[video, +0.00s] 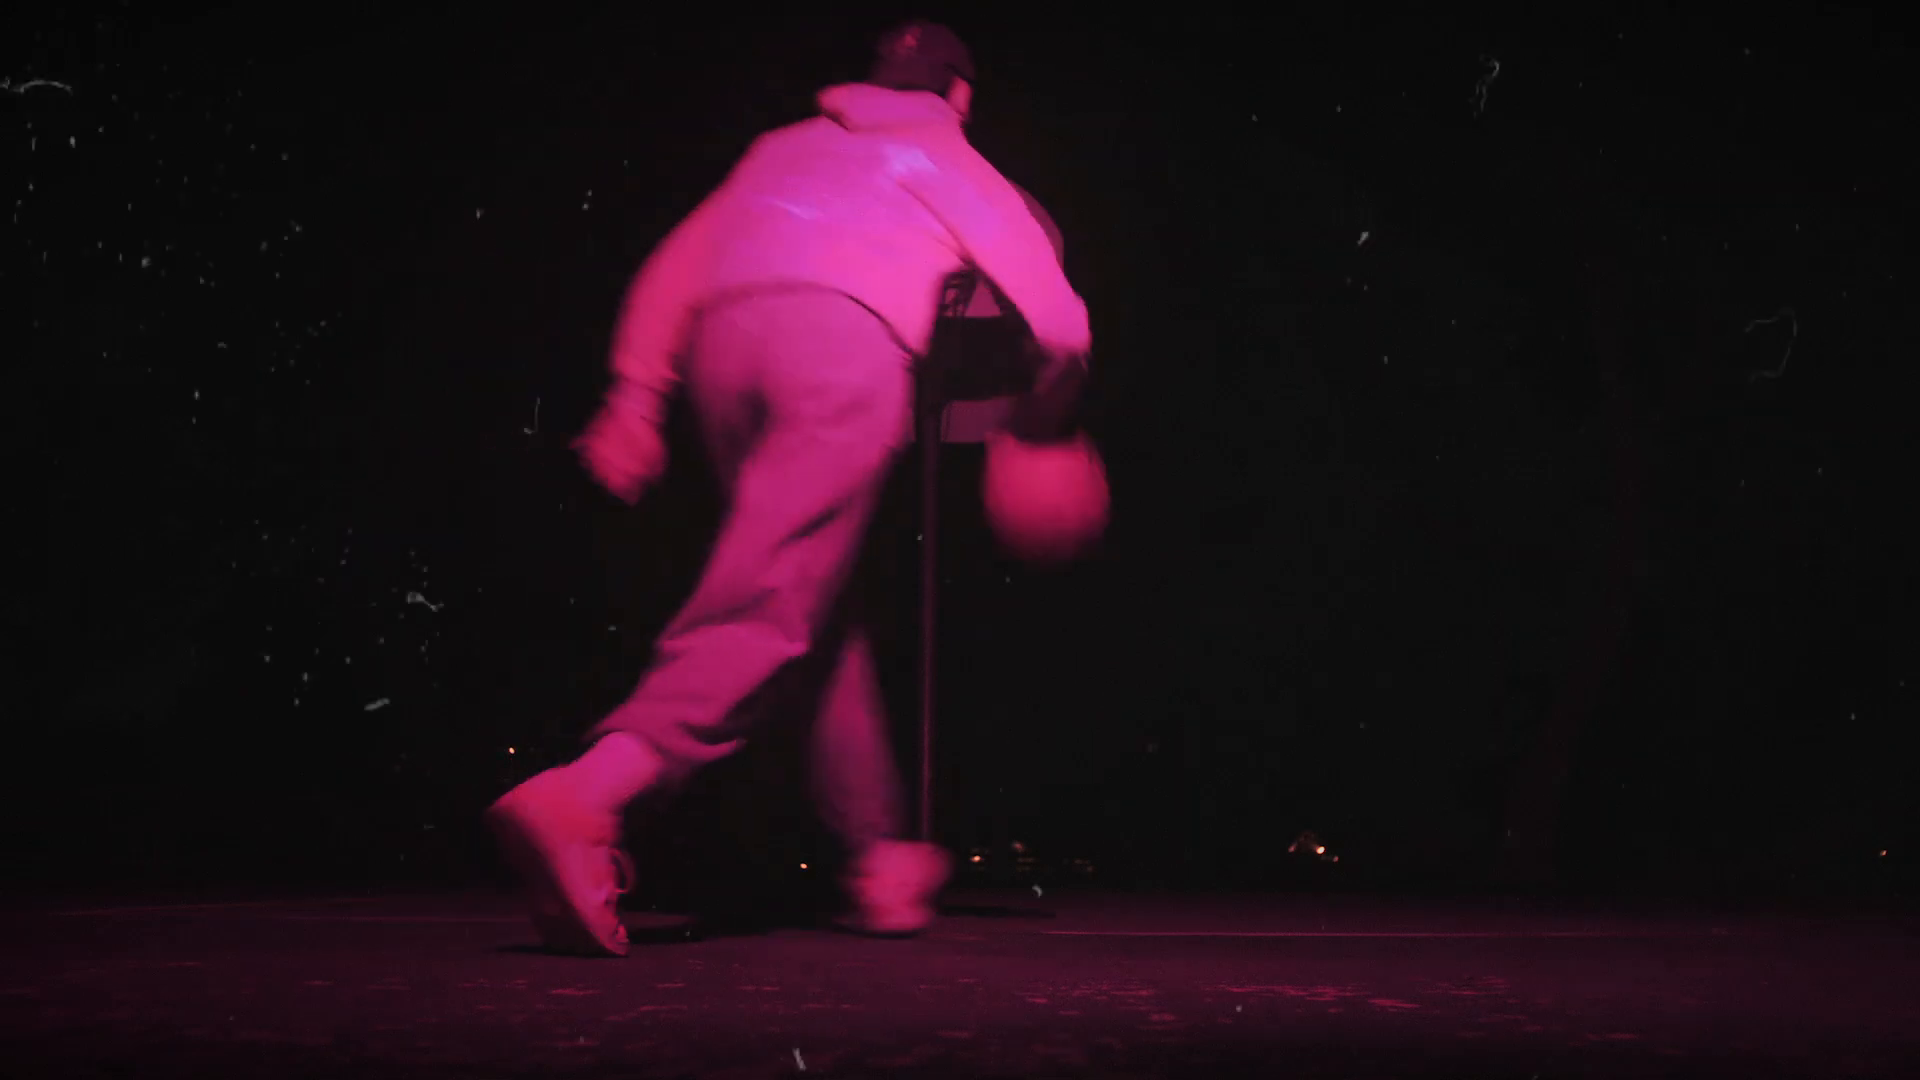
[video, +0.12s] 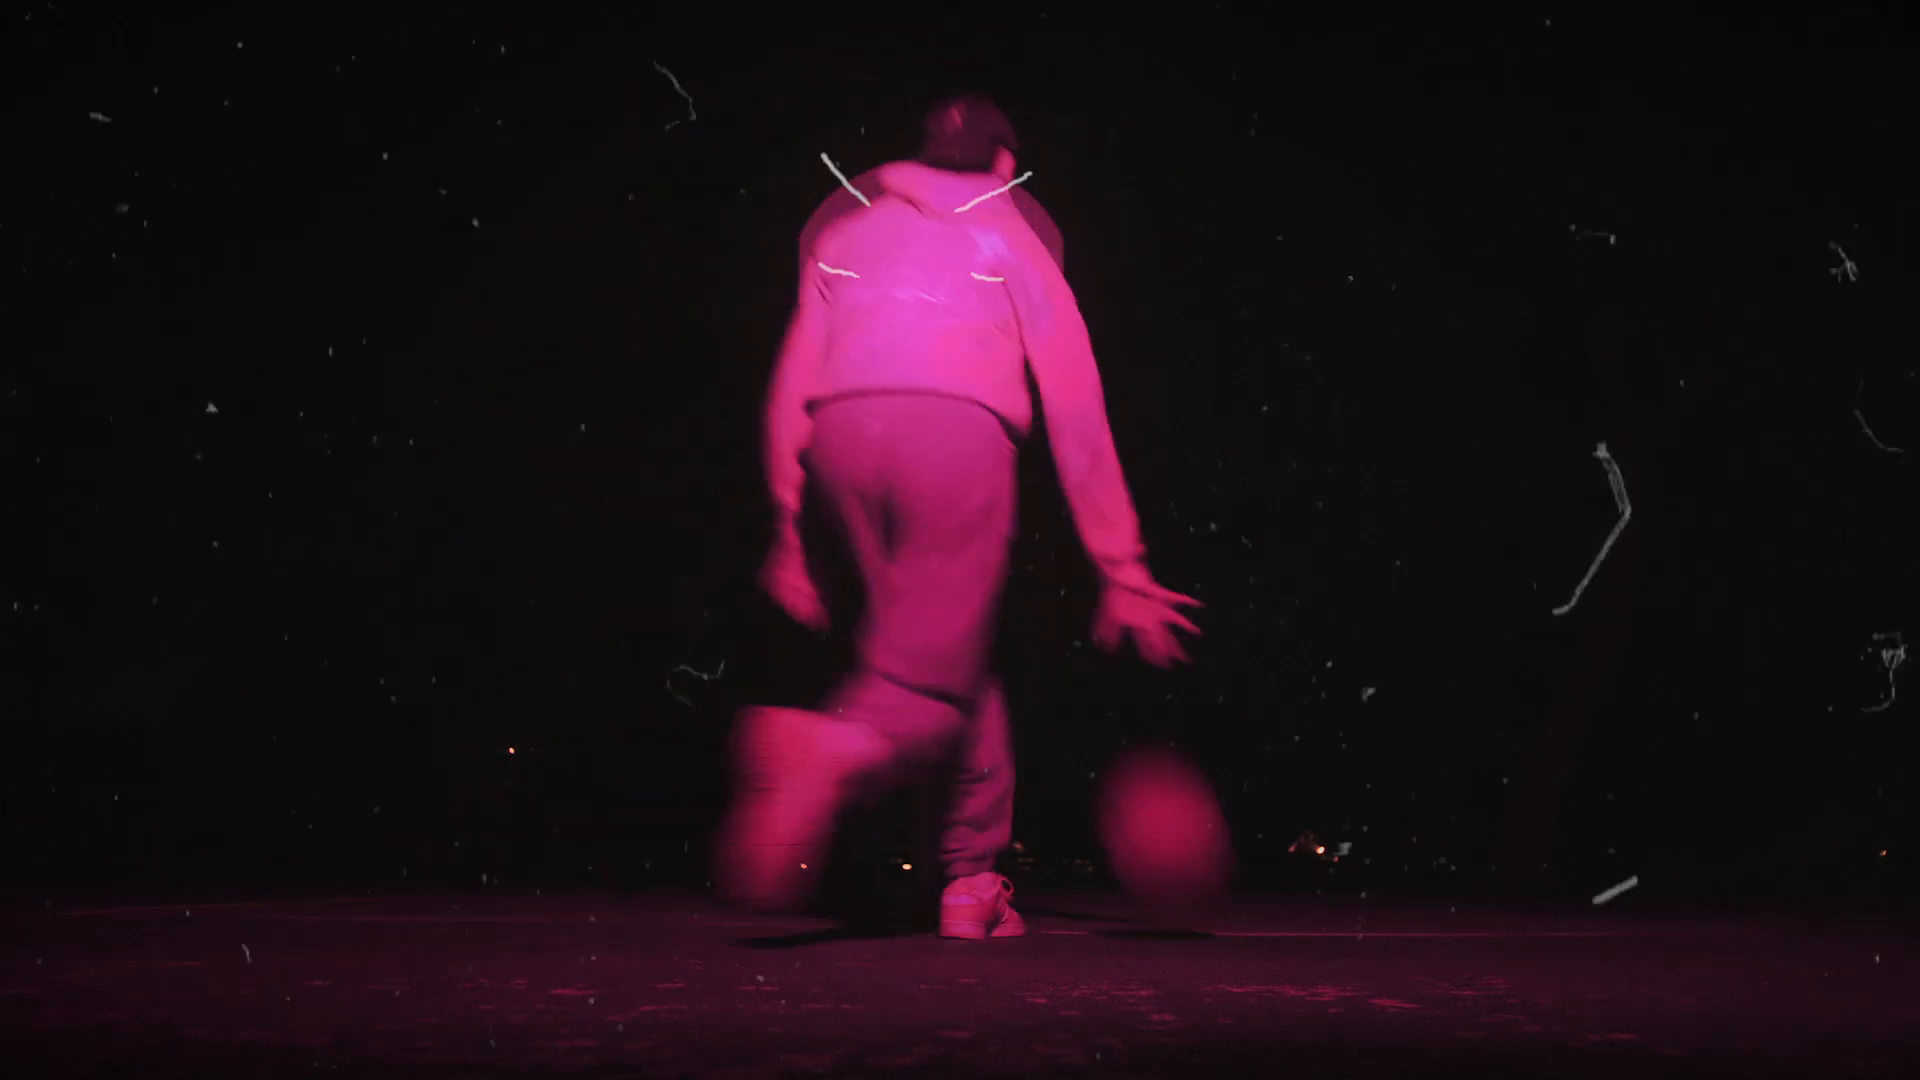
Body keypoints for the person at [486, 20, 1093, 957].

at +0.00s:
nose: (971, 116)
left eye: (967, 103)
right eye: (972, 102)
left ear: (869, 86)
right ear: (957, 97)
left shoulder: (779, 148)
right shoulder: (951, 164)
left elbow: (676, 262)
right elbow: (1063, 326)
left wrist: (636, 395)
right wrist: (1042, 419)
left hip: (720, 341)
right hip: (840, 342)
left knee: (809, 605)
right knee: (765, 602)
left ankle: (880, 858)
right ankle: (585, 796)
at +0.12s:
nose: (1016, 179)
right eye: (1015, 170)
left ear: (918, 157)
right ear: (1003, 166)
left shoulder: (842, 224)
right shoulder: (1013, 232)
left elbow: (791, 385)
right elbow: (1074, 405)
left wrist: (789, 532)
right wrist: (1121, 564)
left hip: (839, 437)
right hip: (952, 436)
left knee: (953, 670)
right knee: (918, 689)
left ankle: (972, 880)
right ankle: (819, 755)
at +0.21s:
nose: (1050, 222)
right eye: (1049, 213)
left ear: (958, 207)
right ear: (1041, 211)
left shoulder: (898, 274)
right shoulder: (1053, 281)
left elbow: (872, 388)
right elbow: (1118, 430)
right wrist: (1202, 560)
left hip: (886, 460)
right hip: (994, 458)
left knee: (951, 679)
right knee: (1038, 661)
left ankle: (973, 868)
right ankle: (998, 781)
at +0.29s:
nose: (1070, 233)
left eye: (1066, 225)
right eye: (1069, 223)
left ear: (981, 216)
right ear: (1057, 222)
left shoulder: (925, 280)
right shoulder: (1072, 287)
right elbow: (1148, 422)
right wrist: (1238, 544)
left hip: (909, 462)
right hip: (1020, 462)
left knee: (976, 679)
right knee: (1069, 655)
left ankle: (975, 878)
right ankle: (1080, 809)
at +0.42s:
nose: (1124, 244)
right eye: (1122, 233)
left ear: (1040, 236)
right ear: (1111, 234)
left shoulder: (985, 296)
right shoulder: (1129, 291)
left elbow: (969, 381)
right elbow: (1188, 394)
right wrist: (1304, 466)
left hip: (979, 486)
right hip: (1088, 475)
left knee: (1038, 695)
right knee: (1158, 647)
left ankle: (992, 859)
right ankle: (1256, 845)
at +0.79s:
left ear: (1018, 219)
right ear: (1096, 222)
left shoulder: (995, 290)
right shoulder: (1145, 289)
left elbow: (997, 388)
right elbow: (1212, 397)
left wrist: (992, 490)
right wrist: (1256, 508)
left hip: (1072, 492)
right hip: (1174, 484)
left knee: (1091, 692)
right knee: (1213, 681)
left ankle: (1079, 878)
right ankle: (1291, 866)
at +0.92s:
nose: (993, 173)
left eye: (995, 154)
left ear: (998, 153)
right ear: (1070, 161)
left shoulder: (989, 197)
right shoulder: (1121, 231)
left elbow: (969, 267)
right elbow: (1197, 355)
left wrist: (928, 346)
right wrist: (1200, 450)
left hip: (1059, 419)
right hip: (1159, 416)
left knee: (1061, 637)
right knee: (1187, 625)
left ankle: (1071, 865)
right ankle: (1217, 837)